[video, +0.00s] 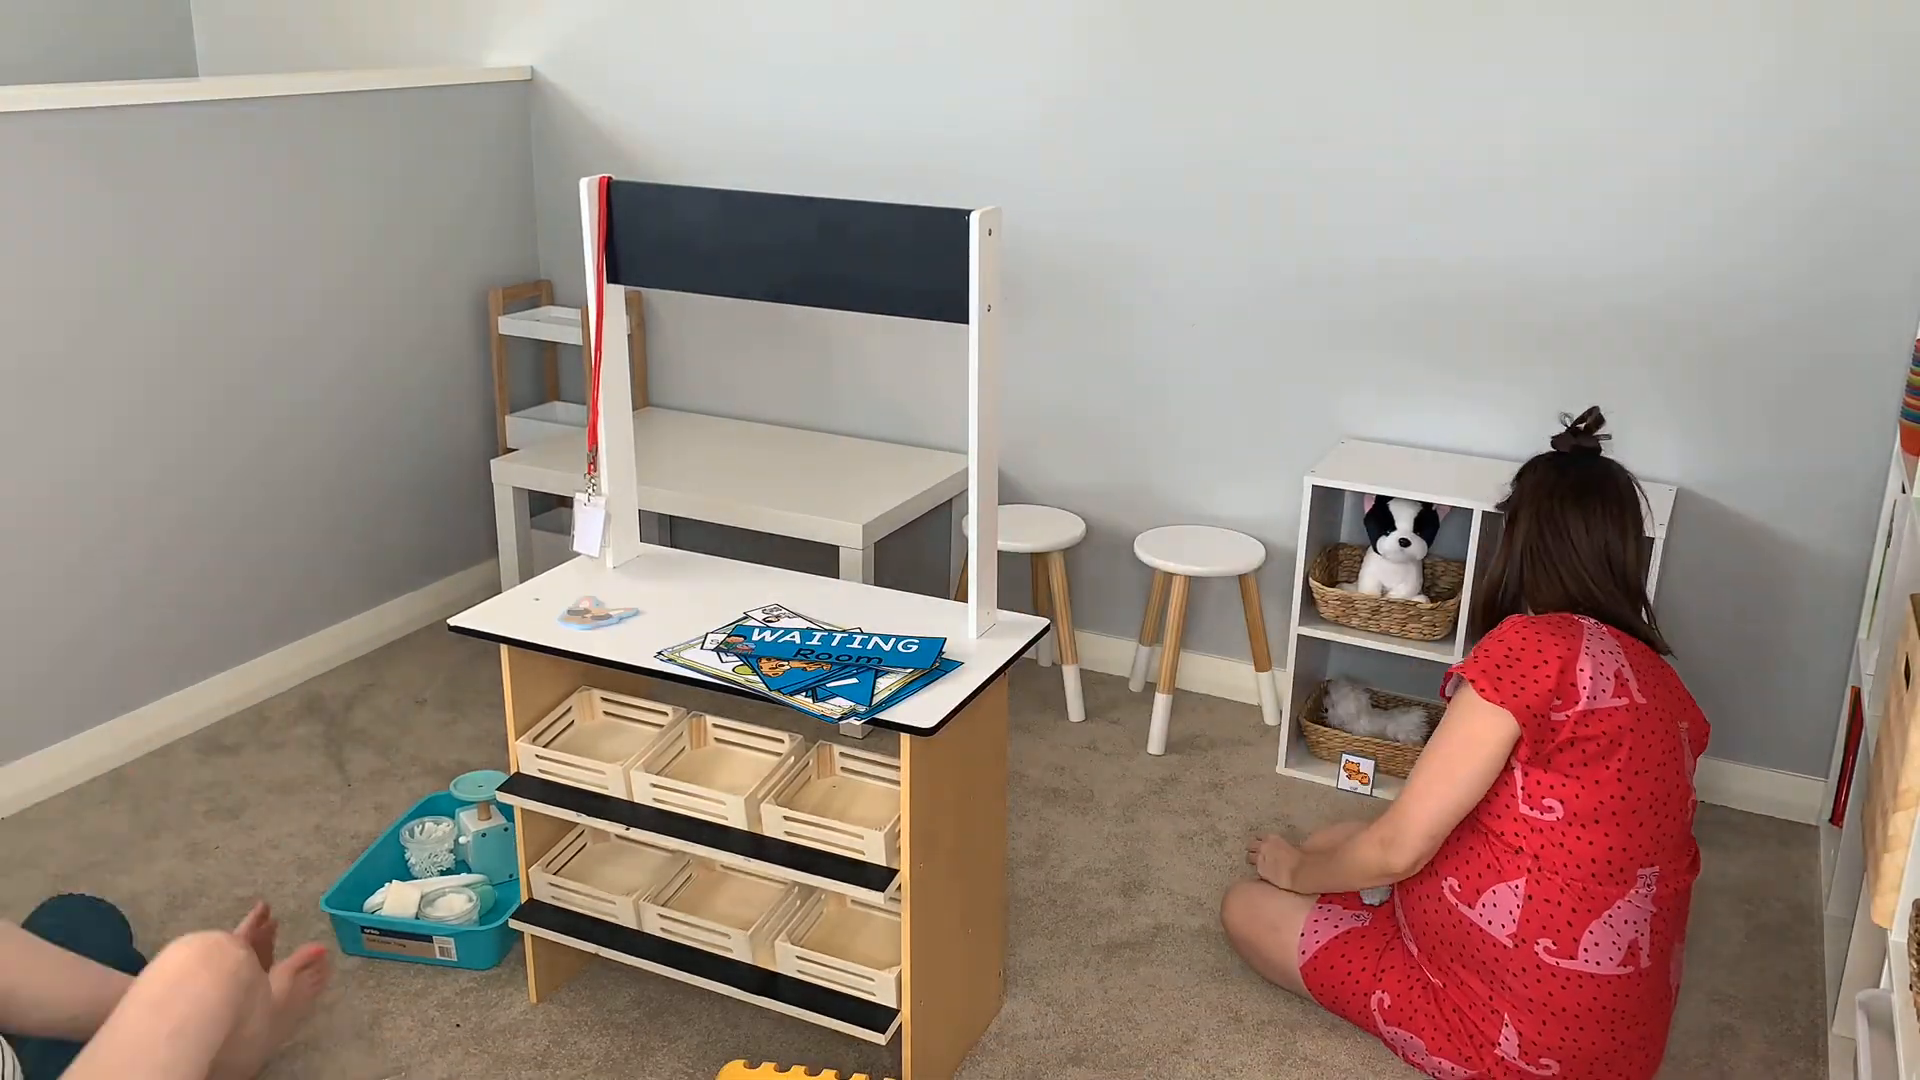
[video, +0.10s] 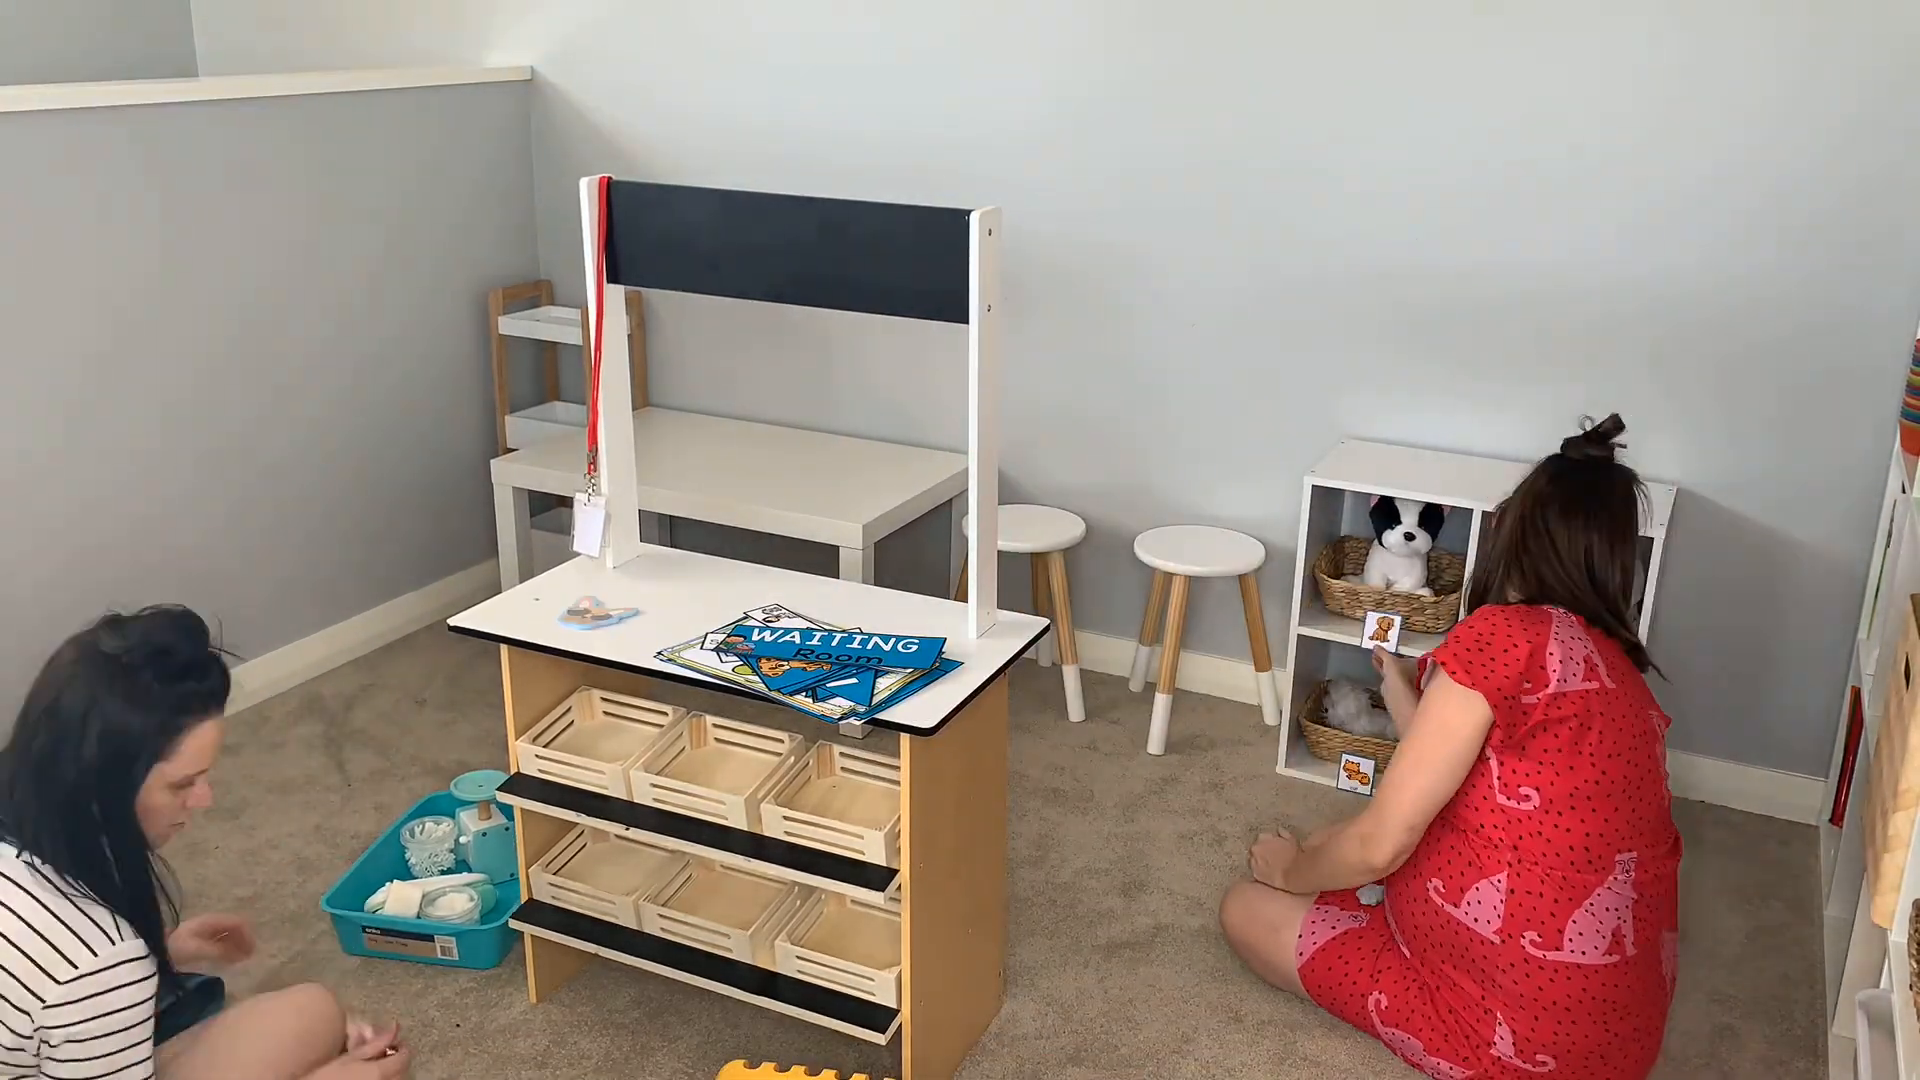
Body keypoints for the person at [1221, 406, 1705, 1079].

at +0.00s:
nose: (1501, 552)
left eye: (1507, 533)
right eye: (1507, 534)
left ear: (1520, 543)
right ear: (1625, 554)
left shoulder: (1534, 646)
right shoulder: (1663, 677)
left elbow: (1393, 850)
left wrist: (1295, 867)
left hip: (1510, 1029)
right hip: (1625, 1025)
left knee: (1246, 903)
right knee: (1343, 831)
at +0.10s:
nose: (1494, 539)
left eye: (1504, 524)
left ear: (1518, 533)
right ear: (1616, 554)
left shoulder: (1503, 635)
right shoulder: (1624, 665)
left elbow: (1379, 844)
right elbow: (1477, 801)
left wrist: (1292, 867)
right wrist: (1395, 683)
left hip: (1508, 1027)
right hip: (1623, 1019)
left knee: (1245, 905)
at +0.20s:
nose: (1504, 551)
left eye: (1509, 533)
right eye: (1509, 533)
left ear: (1523, 541)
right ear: (1623, 549)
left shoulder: (1535, 654)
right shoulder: (1671, 682)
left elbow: (1394, 857)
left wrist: (1297, 867)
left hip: (1506, 1029)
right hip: (1626, 1028)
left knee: (1246, 903)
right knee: (1345, 831)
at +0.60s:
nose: (1458, 582)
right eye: (1456, 563)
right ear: (1578, 556)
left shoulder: (1528, 644)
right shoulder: (1638, 662)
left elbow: (1440, 878)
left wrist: (1350, 885)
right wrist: (1371, 842)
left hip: (1529, 1025)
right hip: (1626, 1011)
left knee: (1249, 906)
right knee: (1348, 831)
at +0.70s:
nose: (1489, 566)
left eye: (1524, 548)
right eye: (1484, 535)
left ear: (1599, 559)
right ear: (1474, 523)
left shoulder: (1574, 684)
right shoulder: (1656, 671)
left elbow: (1483, 919)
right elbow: (1592, 808)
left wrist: (1382, 822)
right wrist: (1449, 776)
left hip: (1534, 1036)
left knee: (1247, 904)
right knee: (1327, 843)